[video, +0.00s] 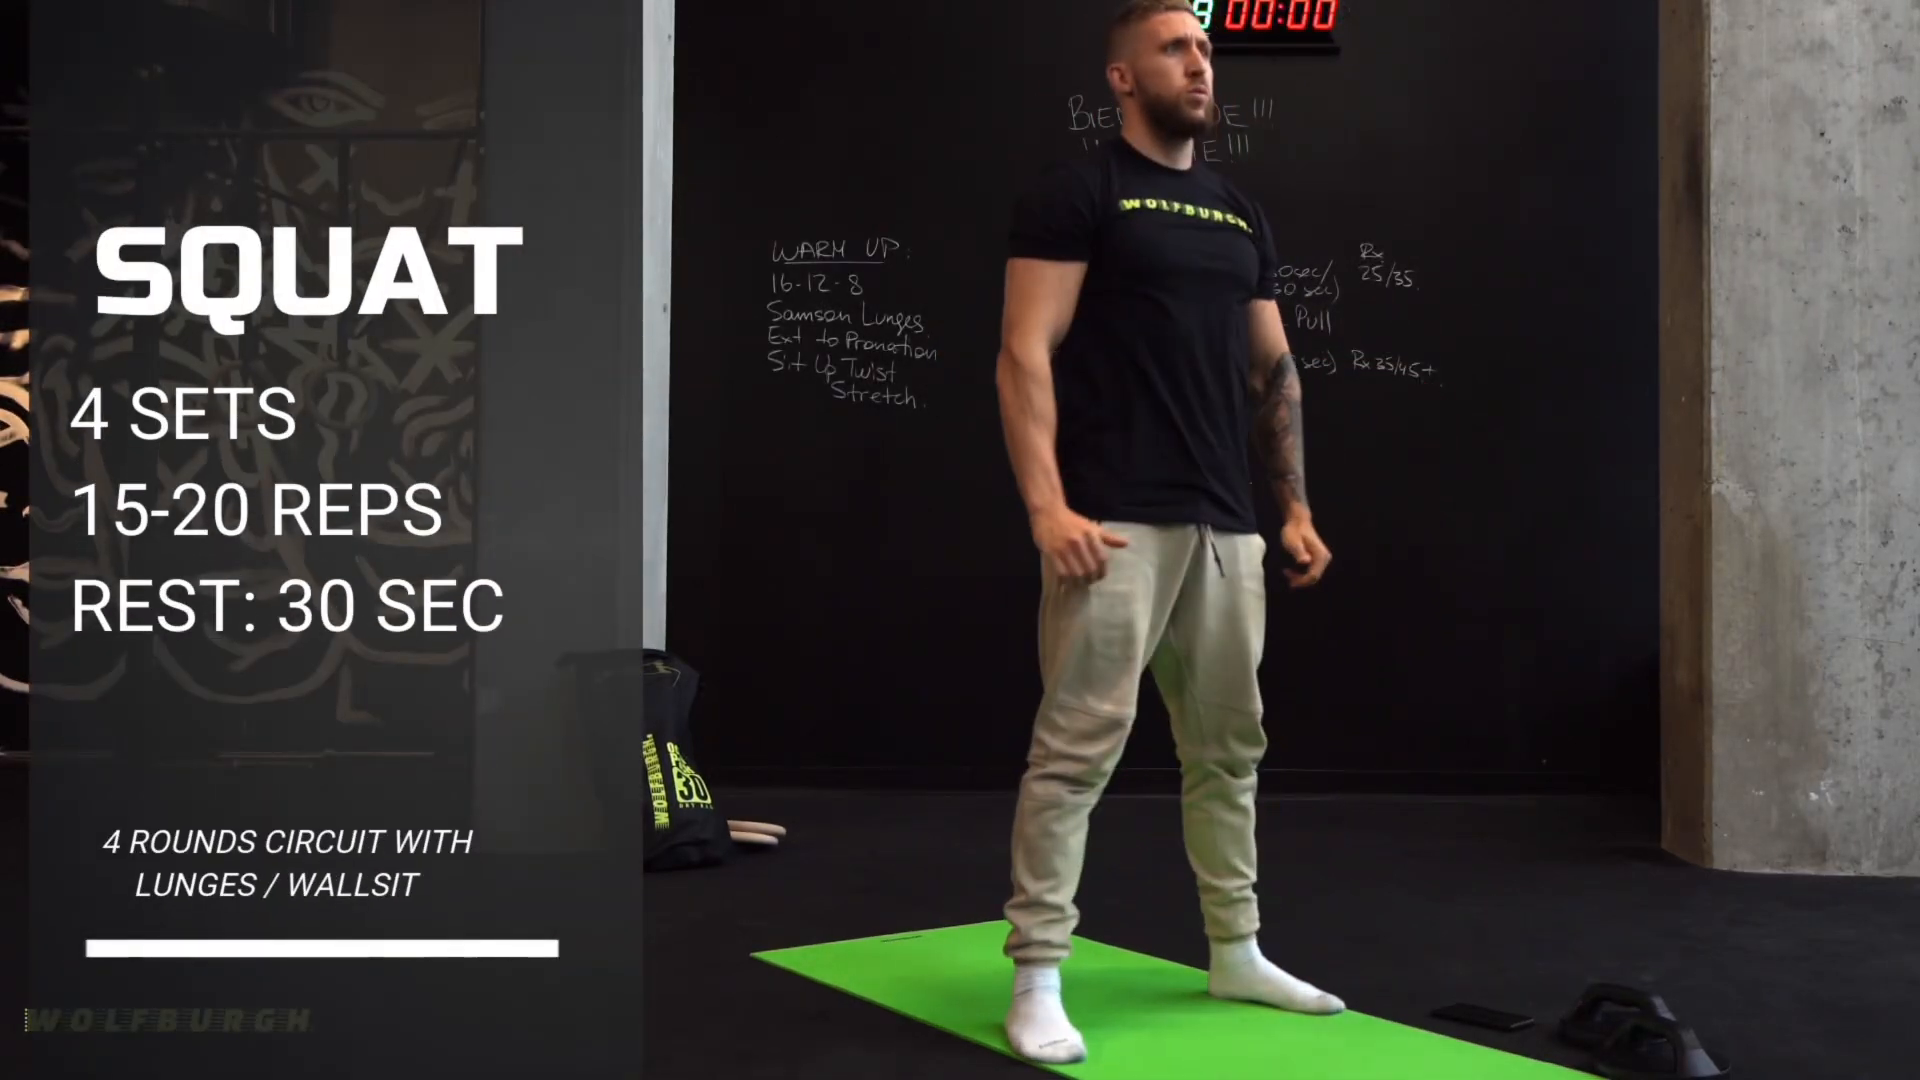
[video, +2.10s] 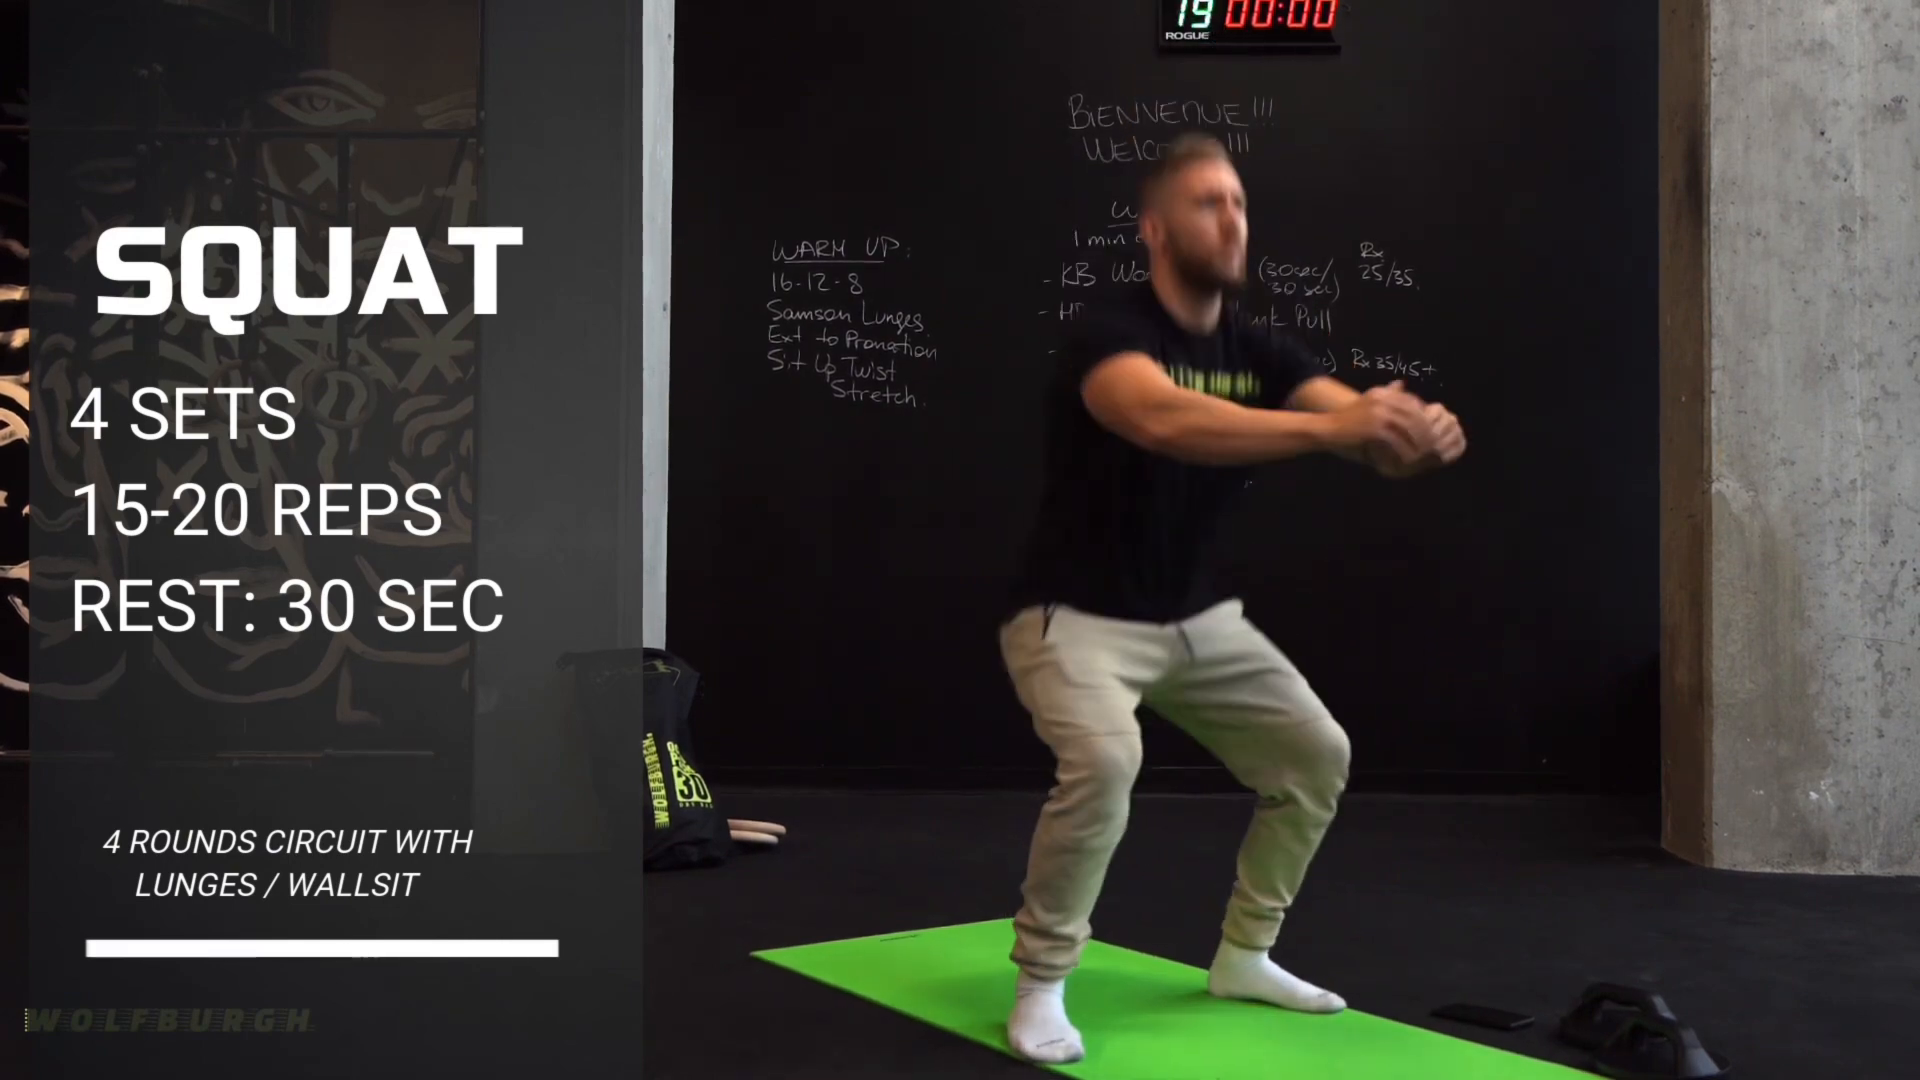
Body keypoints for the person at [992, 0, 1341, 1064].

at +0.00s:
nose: (1199, 64)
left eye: (1204, 49)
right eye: (1175, 50)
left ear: (1212, 75)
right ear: (1121, 77)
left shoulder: (1235, 206)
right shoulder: (1076, 193)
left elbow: (1274, 368)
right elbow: (1024, 357)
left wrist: (1292, 501)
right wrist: (1047, 508)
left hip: (1227, 525)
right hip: (1111, 520)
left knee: (1228, 746)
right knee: (1076, 749)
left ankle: (1236, 956)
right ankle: (1038, 977)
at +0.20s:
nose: (1208, 82)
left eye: (1212, 66)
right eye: (1181, 68)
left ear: (1221, 93)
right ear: (1128, 96)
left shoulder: (1242, 228)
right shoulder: (1083, 212)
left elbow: (1300, 365)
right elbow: (1068, 365)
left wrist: (1342, 477)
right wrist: (1165, 485)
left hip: (1217, 541)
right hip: (1099, 538)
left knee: (1263, 743)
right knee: (1090, 752)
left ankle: (1240, 956)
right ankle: (1039, 983)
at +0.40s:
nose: (1228, 220)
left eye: (1234, 204)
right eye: (1204, 204)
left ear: (1242, 222)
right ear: (1148, 226)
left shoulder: (1252, 346)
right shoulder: (1100, 337)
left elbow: (1346, 441)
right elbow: (1153, 439)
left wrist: (1401, 453)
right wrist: (1328, 444)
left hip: (1189, 616)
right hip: (1067, 614)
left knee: (1308, 754)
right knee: (1095, 756)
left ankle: (1241, 958)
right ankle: (1040, 982)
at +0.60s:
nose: (1243, 377)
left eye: (1247, 359)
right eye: (1218, 361)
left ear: (1256, 374)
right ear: (1161, 382)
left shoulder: (1256, 477)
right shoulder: (1117, 472)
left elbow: (1380, 531)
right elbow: (1191, 524)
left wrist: (1421, 492)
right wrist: (1360, 470)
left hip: (1177, 711)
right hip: (1059, 709)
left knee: (1320, 761)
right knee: (1107, 773)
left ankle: (1244, 961)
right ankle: (1042, 989)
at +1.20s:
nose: (1242, 249)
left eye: (1246, 232)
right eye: (1218, 233)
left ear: (1253, 248)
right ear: (1160, 251)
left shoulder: (1257, 360)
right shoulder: (1118, 353)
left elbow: (1348, 431)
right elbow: (1180, 441)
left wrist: (1411, 456)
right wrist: (1348, 457)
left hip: (1200, 629)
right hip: (1082, 632)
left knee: (1325, 760)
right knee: (1118, 768)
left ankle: (1243, 961)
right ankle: (1044, 983)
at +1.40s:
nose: (1224, 88)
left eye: (1229, 73)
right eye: (1198, 74)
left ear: (1239, 99)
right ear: (1146, 101)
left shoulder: (1258, 234)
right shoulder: (1104, 211)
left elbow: (1320, 369)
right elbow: (1096, 366)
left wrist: (1359, 476)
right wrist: (1185, 495)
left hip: (1227, 543)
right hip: (1112, 539)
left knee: (1276, 742)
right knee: (1103, 749)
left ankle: (1241, 957)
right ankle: (1042, 983)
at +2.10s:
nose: (1233, 220)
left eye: (1238, 205)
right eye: (1209, 204)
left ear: (1244, 224)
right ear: (1153, 226)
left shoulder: (1253, 348)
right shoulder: (1106, 332)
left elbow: (1345, 412)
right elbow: (1163, 421)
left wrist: (1413, 435)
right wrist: (1337, 429)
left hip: (1194, 620)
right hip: (1075, 621)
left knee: (1317, 757)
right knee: (1104, 762)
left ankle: (1242, 959)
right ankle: (1041, 984)